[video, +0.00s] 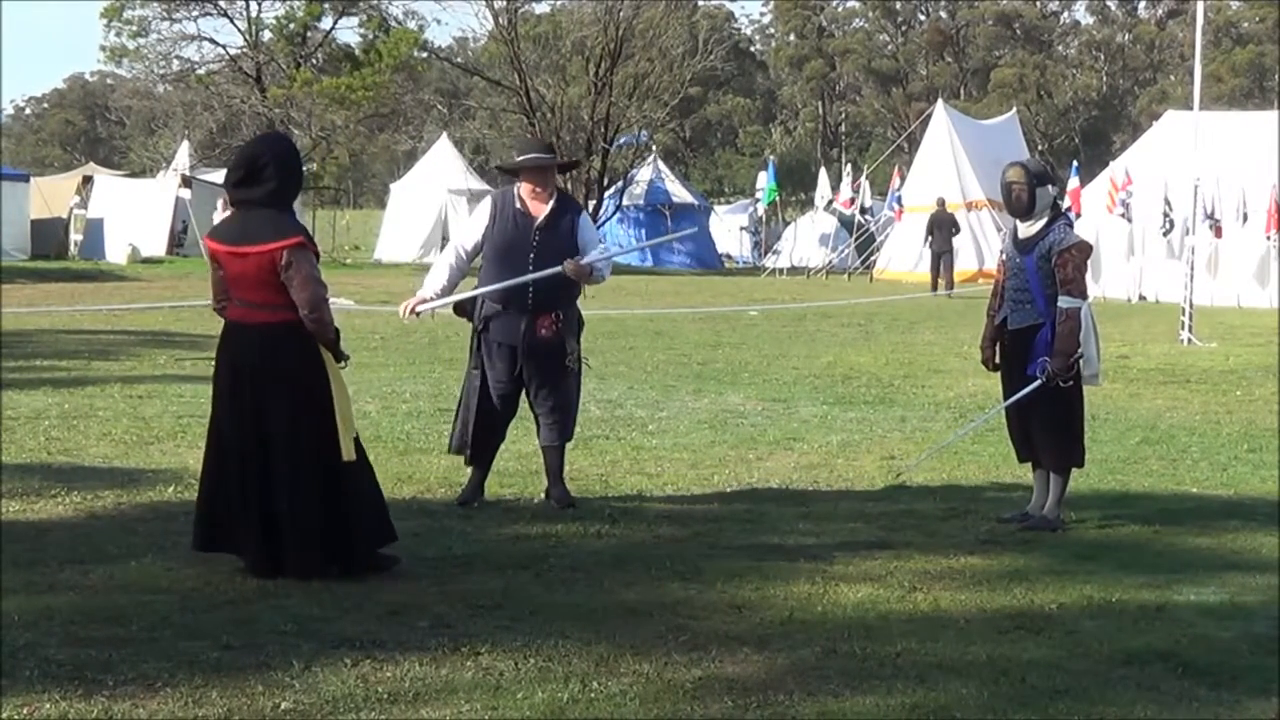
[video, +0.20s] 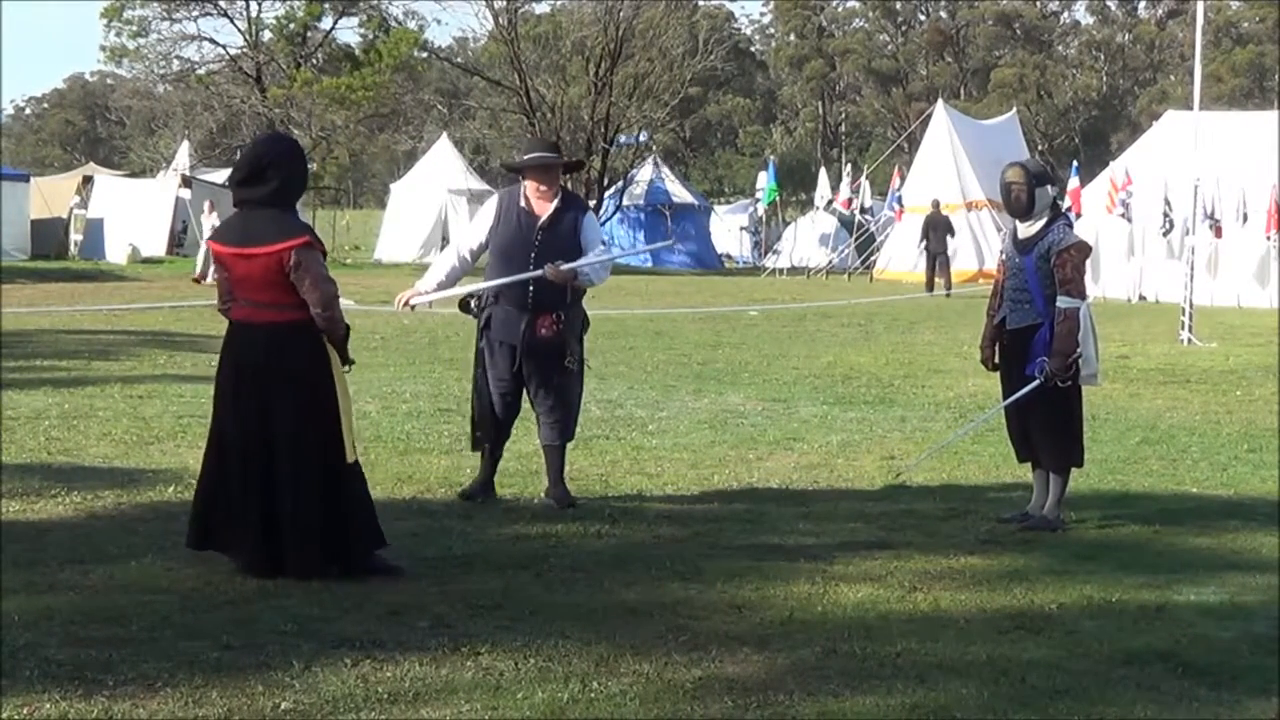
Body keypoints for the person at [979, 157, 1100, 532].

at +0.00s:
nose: (1013, 196)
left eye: (1021, 189)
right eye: (1009, 189)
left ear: (1044, 192)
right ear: (1005, 193)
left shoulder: (1063, 236)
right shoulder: (1013, 234)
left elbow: (1072, 300)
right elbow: (1002, 288)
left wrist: (1063, 353)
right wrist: (990, 334)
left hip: (1050, 337)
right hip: (1016, 337)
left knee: (1054, 417)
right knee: (1027, 415)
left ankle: (1053, 508)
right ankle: (1039, 501)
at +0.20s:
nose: (1012, 196)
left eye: (1020, 190)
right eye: (1008, 189)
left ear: (1043, 193)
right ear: (1005, 194)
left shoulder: (1061, 236)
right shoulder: (1013, 234)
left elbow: (1071, 300)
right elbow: (1001, 288)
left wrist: (1062, 354)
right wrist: (990, 334)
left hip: (1049, 337)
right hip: (1015, 337)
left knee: (1053, 417)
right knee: (1027, 415)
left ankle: (1053, 508)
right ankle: (1038, 501)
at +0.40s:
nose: (1010, 197)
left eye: (1018, 190)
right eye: (1007, 190)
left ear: (1042, 193)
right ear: (1004, 194)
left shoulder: (1061, 238)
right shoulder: (1012, 235)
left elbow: (1069, 301)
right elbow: (1001, 289)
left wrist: (1060, 354)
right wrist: (990, 335)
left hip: (1048, 337)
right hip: (1014, 338)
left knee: (1053, 418)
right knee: (1026, 416)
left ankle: (1053, 508)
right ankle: (1038, 502)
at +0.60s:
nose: (1009, 197)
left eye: (1017, 190)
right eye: (1006, 190)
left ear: (1040, 193)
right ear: (1003, 194)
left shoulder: (1060, 237)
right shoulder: (1010, 235)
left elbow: (1068, 301)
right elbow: (999, 289)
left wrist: (1059, 354)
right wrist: (988, 335)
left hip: (1047, 337)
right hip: (1013, 338)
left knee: (1052, 416)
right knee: (1026, 415)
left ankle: (1053, 507)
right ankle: (1038, 501)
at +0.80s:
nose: (1007, 197)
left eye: (1015, 190)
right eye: (1004, 190)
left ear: (1038, 194)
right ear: (1001, 194)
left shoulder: (1058, 237)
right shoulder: (1009, 235)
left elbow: (1068, 301)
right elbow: (998, 289)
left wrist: (1059, 354)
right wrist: (987, 335)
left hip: (1046, 337)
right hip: (1013, 338)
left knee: (1052, 417)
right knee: (1026, 416)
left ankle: (1053, 507)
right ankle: (1038, 501)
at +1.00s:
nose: (1006, 197)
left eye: (1014, 190)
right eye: (1002, 190)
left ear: (1037, 193)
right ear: (999, 194)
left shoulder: (1057, 237)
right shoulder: (1008, 234)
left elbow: (1067, 300)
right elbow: (997, 288)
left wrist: (1060, 354)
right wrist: (986, 335)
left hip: (1046, 337)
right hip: (1013, 338)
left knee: (1052, 417)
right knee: (1026, 416)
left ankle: (1053, 507)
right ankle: (1038, 501)